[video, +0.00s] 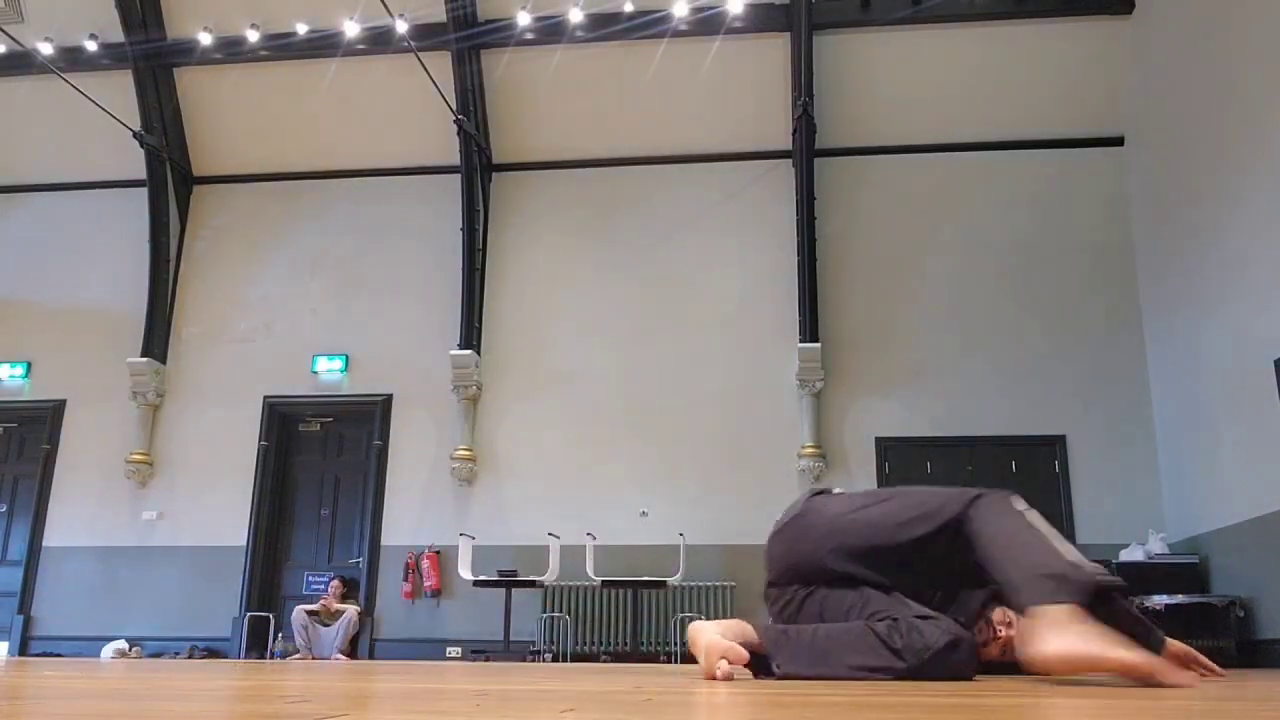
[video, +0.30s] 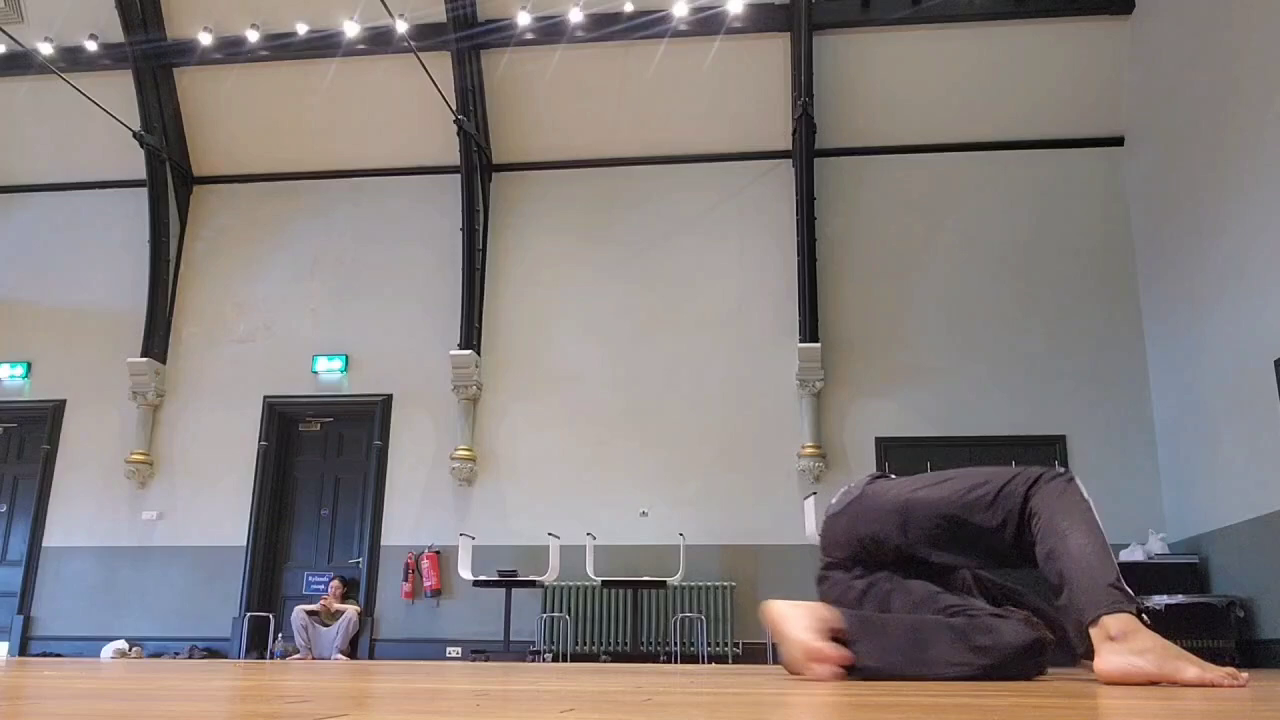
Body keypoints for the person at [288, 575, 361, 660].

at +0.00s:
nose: (333, 591)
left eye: (337, 588)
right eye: (331, 587)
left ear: (343, 590)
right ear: (328, 589)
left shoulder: (349, 603)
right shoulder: (323, 603)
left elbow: (357, 610)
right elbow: (297, 608)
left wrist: (335, 607)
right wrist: (317, 607)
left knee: (352, 613)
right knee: (297, 612)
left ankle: (336, 653)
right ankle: (304, 652)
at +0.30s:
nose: (333, 591)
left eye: (337, 588)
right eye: (331, 588)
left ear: (344, 590)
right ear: (328, 589)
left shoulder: (349, 602)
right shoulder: (323, 603)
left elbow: (357, 610)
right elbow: (297, 608)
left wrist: (334, 606)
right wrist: (318, 607)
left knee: (352, 614)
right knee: (297, 612)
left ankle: (336, 653)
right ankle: (304, 653)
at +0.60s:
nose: (333, 591)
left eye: (337, 588)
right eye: (331, 588)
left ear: (344, 590)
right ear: (328, 589)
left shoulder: (349, 602)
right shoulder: (323, 603)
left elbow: (357, 610)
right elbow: (297, 608)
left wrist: (334, 606)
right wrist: (317, 607)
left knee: (352, 614)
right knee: (297, 612)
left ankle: (336, 653)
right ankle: (304, 653)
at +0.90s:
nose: (333, 591)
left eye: (337, 588)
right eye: (331, 588)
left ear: (344, 590)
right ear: (328, 589)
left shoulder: (349, 602)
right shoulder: (323, 602)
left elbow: (357, 610)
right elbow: (297, 608)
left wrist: (334, 606)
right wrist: (316, 607)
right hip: (316, 637)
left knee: (352, 614)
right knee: (297, 612)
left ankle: (336, 653)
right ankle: (304, 653)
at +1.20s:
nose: (333, 591)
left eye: (337, 588)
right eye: (331, 588)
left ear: (344, 590)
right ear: (328, 589)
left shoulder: (349, 602)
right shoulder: (323, 602)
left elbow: (357, 610)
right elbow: (297, 608)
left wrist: (334, 606)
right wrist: (315, 607)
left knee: (352, 614)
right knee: (297, 612)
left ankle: (337, 653)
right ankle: (304, 653)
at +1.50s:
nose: (333, 591)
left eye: (337, 588)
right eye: (331, 588)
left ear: (343, 590)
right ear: (328, 589)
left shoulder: (349, 602)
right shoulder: (323, 602)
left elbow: (357, 610)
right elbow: (297, 608)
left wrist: (334, 606)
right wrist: (315, 607)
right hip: (316, 636)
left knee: (352, 614)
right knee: (297, 612)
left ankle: (336, 653)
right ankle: (304, 653)